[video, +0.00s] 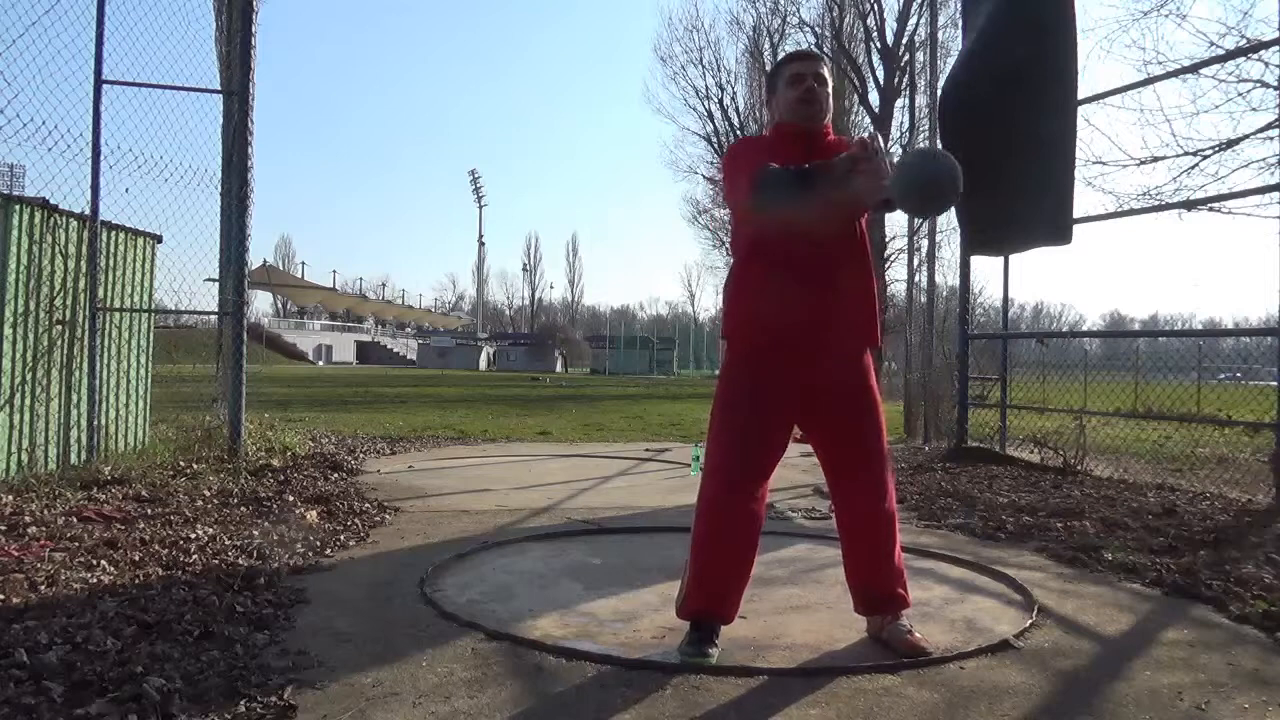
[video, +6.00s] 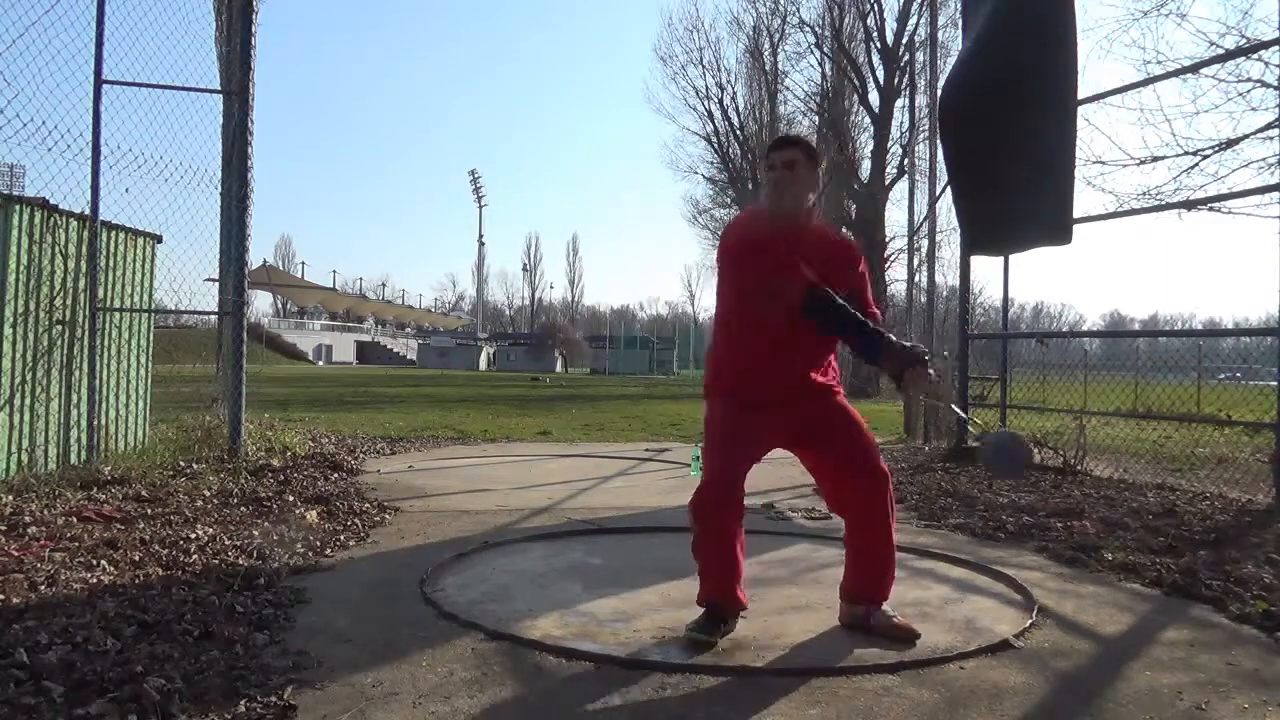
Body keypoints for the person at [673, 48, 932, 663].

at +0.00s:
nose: (809, 86)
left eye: (818, 79)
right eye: (795, 79)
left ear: (832, 98)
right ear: (771, 97)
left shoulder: (852, 154)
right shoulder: (746, 154)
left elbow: (880, 188)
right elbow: (767, 204)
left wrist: (879, 172)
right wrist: (851, 187)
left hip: (843, 353)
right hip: (758, 354)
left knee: (868, 487)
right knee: (729, 489)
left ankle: (887, 616)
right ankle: (705, 620)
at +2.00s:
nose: (809, 87)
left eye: (816, 80)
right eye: (794, 80)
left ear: (829, 98)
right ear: (766, 99)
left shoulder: (861, 165)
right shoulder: (740, 157)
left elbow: (872, 240)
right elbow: (753, 228)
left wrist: (822, 237)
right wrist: (843, 240)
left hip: (834, 360)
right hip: (750, 359)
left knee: (866, 485)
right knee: (721, 487)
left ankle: (886, 615)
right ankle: (704, 620)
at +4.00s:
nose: (941, 120)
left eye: (942, 112)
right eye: (925, 109)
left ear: (933, 131)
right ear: (885, 121)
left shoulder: (917, 209)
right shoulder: (863, 169)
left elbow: (897, 302)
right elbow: (908, 276)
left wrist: (934, 368)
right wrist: (946, 355)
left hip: (853, 361)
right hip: (790, 350)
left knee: (877, 485)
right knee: (756, 481)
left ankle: (882, 618)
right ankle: (699, 612)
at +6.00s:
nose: (781, 174)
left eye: (793, 166)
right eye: (774, 166)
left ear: (816, 180)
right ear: (763, 177)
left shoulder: (840, 250)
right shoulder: (741, 235)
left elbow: (865, 327)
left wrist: (898, 360)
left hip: (813, 398)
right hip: (737, 399)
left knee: (870, 480)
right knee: (716, 492)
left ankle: (863, 604)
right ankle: (719, 604)